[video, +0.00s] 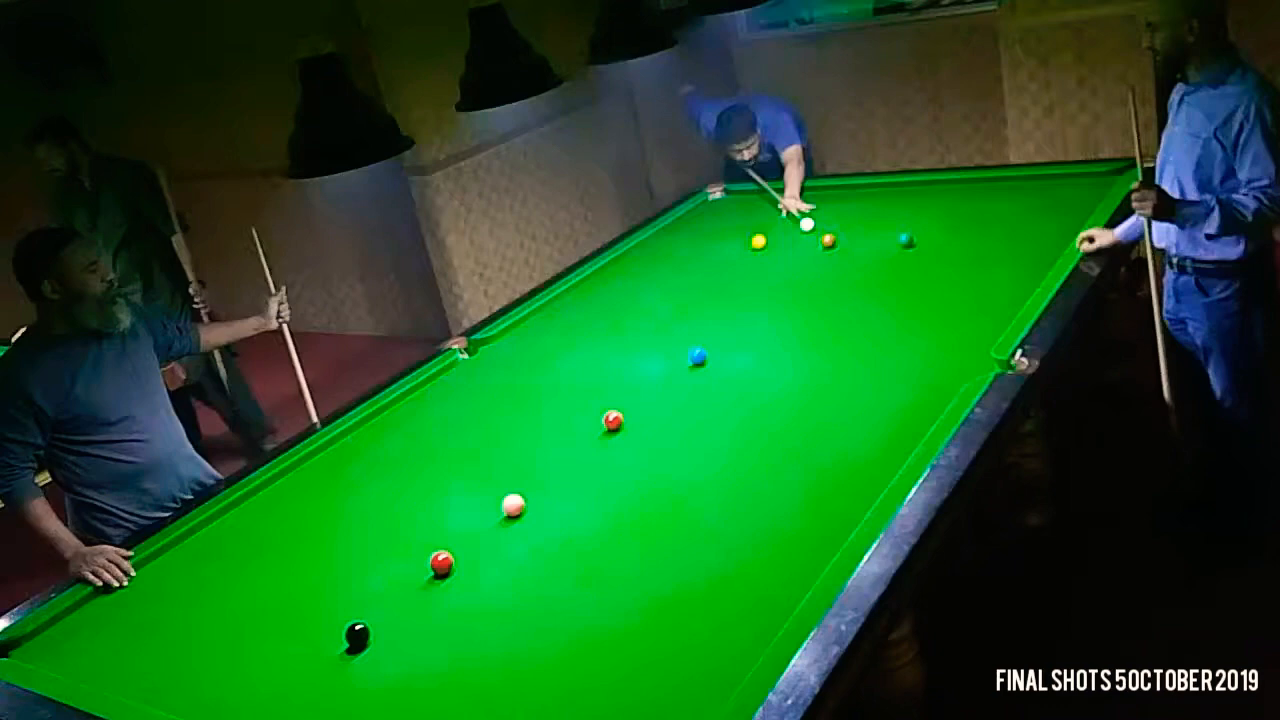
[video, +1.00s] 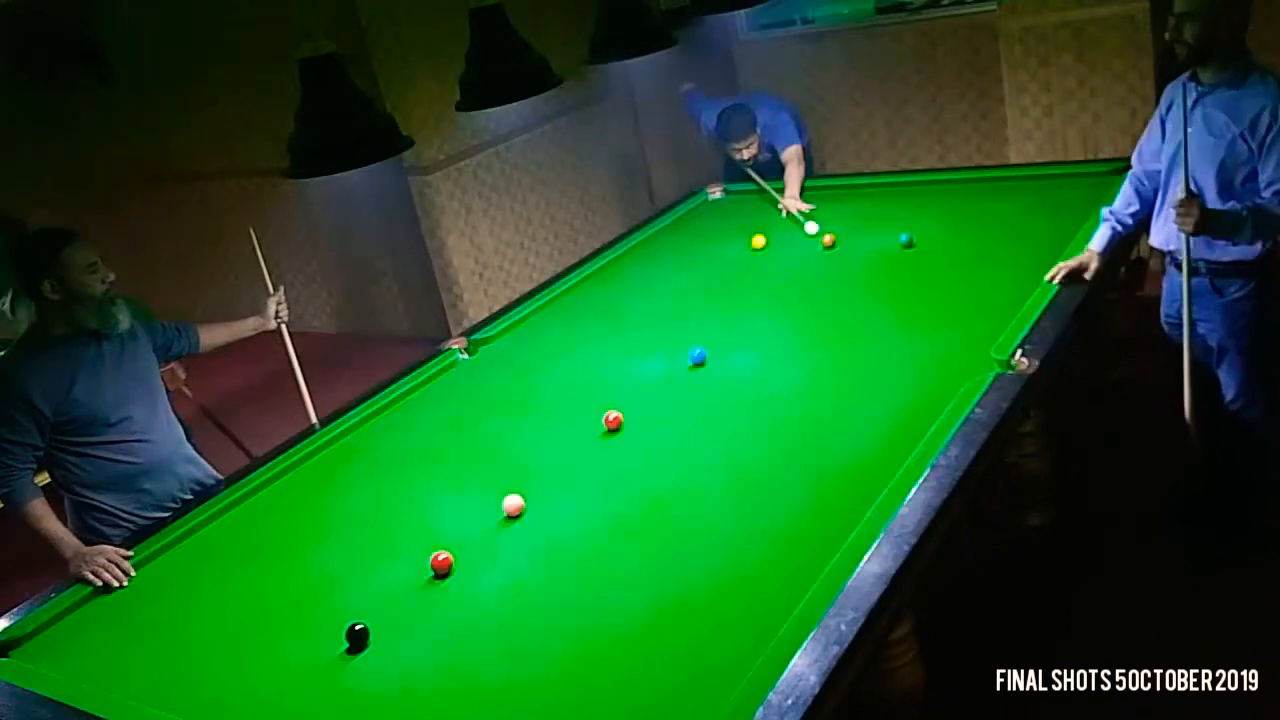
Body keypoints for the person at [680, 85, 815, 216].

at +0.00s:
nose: (746, 156)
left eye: (750, 148)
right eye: (737, 152)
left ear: (758, 134)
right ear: (721, 144)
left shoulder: (777, 121)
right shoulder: (710, 121)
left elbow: (794, 161)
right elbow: (691, 101)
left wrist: (791, 195)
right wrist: (687, 93)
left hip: (777, 157)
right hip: (736, 163)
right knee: (739, 211)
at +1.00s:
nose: (745, 156)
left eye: (750, 147)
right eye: (736, 151)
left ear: (758, 134)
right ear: (722, 142)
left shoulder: (776, 121)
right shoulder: (710, 120)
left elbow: (794, 160)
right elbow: (693, 99)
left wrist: (791, 196)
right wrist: (688, 90)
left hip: (777, 156)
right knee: (738, 210)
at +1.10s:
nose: (744, 155)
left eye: (749, 146)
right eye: (736, 150)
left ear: (758, 133)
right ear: (719, 141)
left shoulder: (777, 121)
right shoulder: (709, 118)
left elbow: (794, 161)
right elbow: (691, 92)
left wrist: (791, 195)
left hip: (778, 156)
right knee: (738, 210)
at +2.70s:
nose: (754, 133)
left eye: (760, 123)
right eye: (746, 126)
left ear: (768, 113)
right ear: (732, 119)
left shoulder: (787, 111)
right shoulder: (720, 105)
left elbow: (797, 158)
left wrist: (792, 195)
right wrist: (724, 142)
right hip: (742, 155)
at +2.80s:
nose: (759, 115)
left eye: (765, 105)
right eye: (751, 108)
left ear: (773, 98)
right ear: (738, 103)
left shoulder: (794, 105)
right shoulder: (726, 96)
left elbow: (801, 151)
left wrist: (794, 192)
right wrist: (726, 135)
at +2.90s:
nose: (765, 95)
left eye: (771, 86)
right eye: (757, 88)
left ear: (779, 80)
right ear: (744, 86)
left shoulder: (800, 92)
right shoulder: (731, 86)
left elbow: (814, 145)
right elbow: (718, 95)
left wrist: (799, 184)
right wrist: (726, 131)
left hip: (793, 165)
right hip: (750, 164)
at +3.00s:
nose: (772, 74)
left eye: (778, 65)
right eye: (764, 67)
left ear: (786, 61)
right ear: (750, 65)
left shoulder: (807, 76)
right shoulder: (736, 76)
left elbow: (831, 131)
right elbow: (720, 91)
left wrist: (811, 166)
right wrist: (726, 127)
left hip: (803, 161)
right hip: (758, 161)